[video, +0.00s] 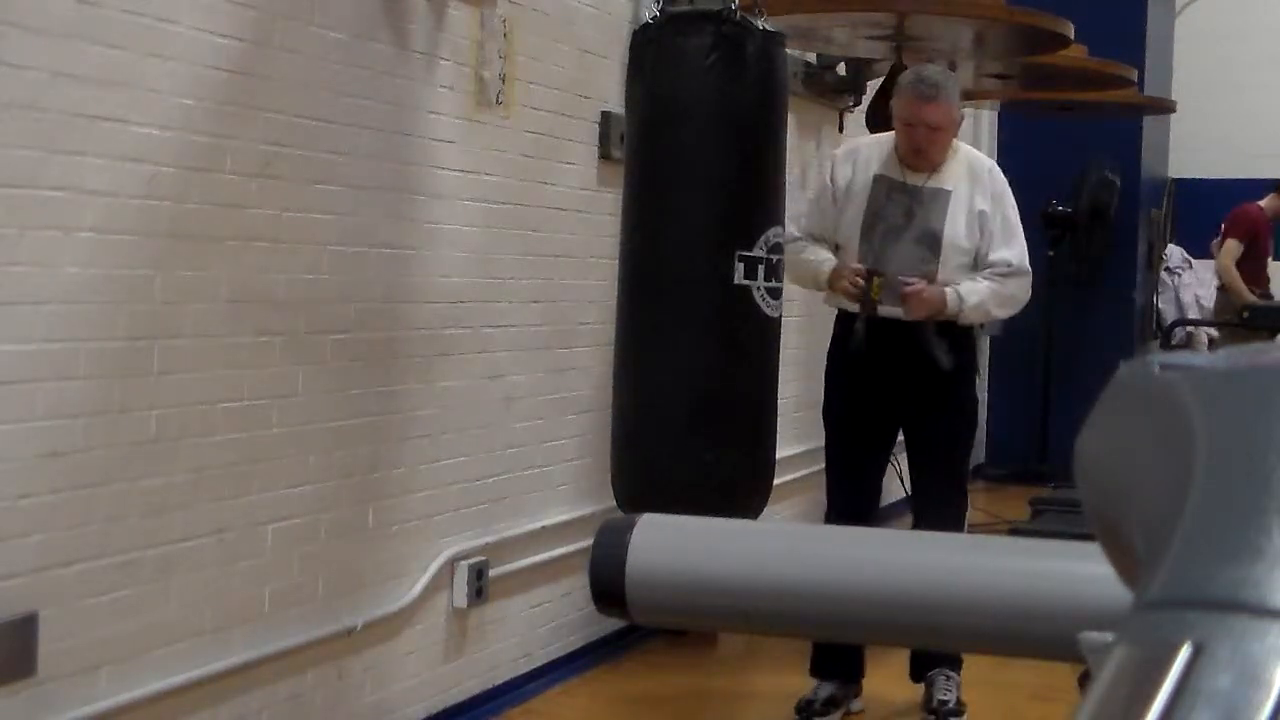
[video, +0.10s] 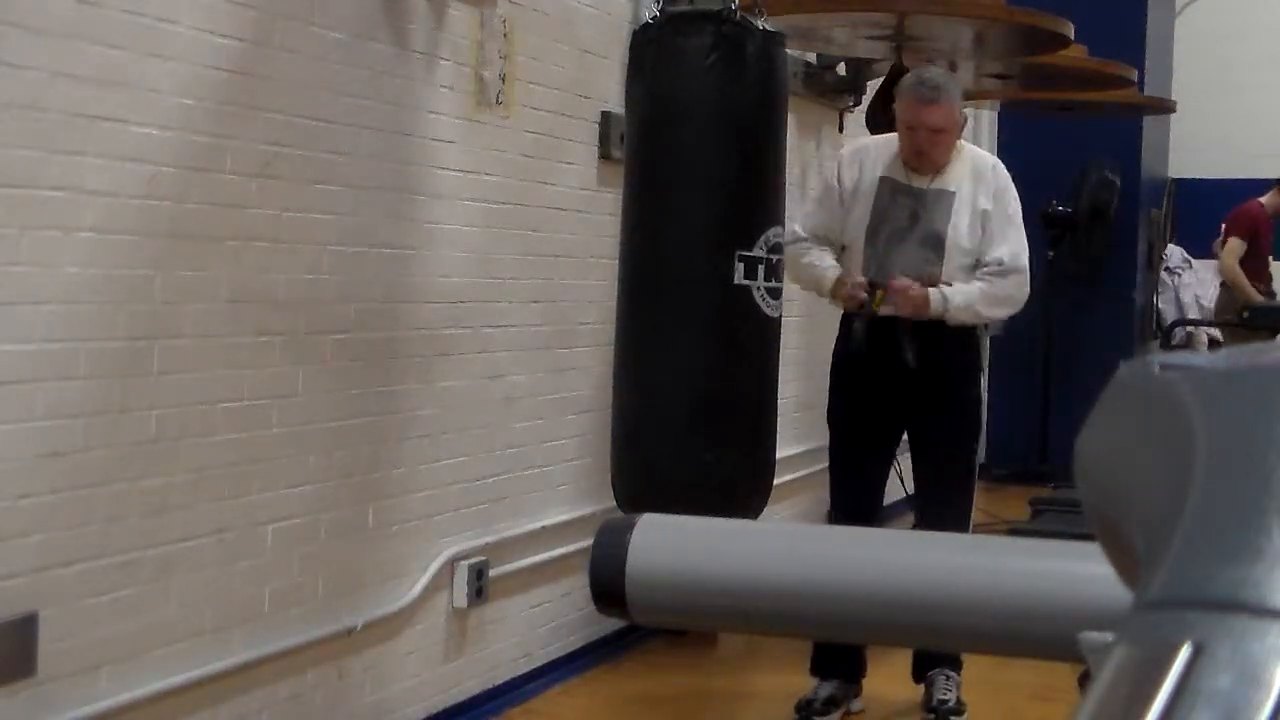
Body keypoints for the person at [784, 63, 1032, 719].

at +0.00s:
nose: (921, 141)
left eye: (934, 129)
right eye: (911, 126)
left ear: (957, 123)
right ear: (893, 115)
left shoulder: (985, 180)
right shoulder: (849, 161)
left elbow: (1014, 282)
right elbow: (796, 248)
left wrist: (950, 298)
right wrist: (831, 272)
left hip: (944, 366)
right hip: (859, 358)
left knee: (941, 520)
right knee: (846, 516)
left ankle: (940, 671)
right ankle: (835, 675)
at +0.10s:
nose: (927, 147)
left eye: (941, 134)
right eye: (916, 132)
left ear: (960, 123)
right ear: (897, 119)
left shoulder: (990, 179)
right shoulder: (854, 163)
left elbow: (1011, 285)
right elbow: (802, 245)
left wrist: (936, 299)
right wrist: (835, 282)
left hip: (948, 366)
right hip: (864, 361)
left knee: (946, 521)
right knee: (850, 516)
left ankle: (941, 670)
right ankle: (837, 673)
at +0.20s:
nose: (927, 149)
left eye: (939, 137)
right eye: (916, 136)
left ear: (961, 126)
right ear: (898, 121)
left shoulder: (990, 177)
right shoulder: (858, 161)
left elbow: (1007, 282)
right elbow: (804, 244)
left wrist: (918, 286)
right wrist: (835, 288)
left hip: (953, 361)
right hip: (869, 355)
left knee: (949, 520)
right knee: (853, 515)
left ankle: (941, 669)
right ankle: (838, 671)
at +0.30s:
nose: (922, 149)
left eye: (935, 137)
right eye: (912, 135)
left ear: (958, 126)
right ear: (894, 123)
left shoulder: (988, 175)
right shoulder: (858, 161)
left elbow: (1011, 281)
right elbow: (806, 247)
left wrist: (916, 276)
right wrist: (847, 285)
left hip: (956, 356)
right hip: (873, 350)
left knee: (952, 519)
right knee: (856, 513)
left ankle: (942, 669)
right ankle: (839, 672)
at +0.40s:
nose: (918, 151)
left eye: (931, 139)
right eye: (907, 139)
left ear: (955, 125)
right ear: (891, 125)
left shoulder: (986, 175)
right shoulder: (856, 164)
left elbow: (1022, 276)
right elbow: (820, 256)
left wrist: (930, 275)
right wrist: (862, 285)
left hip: (960, 355)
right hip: (875, 352)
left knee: (954, 516)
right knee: (857, 512)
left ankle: (942, 668)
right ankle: (838, 672)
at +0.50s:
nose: (914, 150)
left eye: (925, 139)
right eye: (901, 138)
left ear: (949, 125)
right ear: (884, 126)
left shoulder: (987, 168)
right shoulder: (855, 164)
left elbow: (1035, 267)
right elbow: (824, 253)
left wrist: (948, 269)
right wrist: (862, 288)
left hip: (960, 354)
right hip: (876, 351)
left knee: (955, 516)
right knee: (857, 512)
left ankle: (942, 669)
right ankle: (839, 674)